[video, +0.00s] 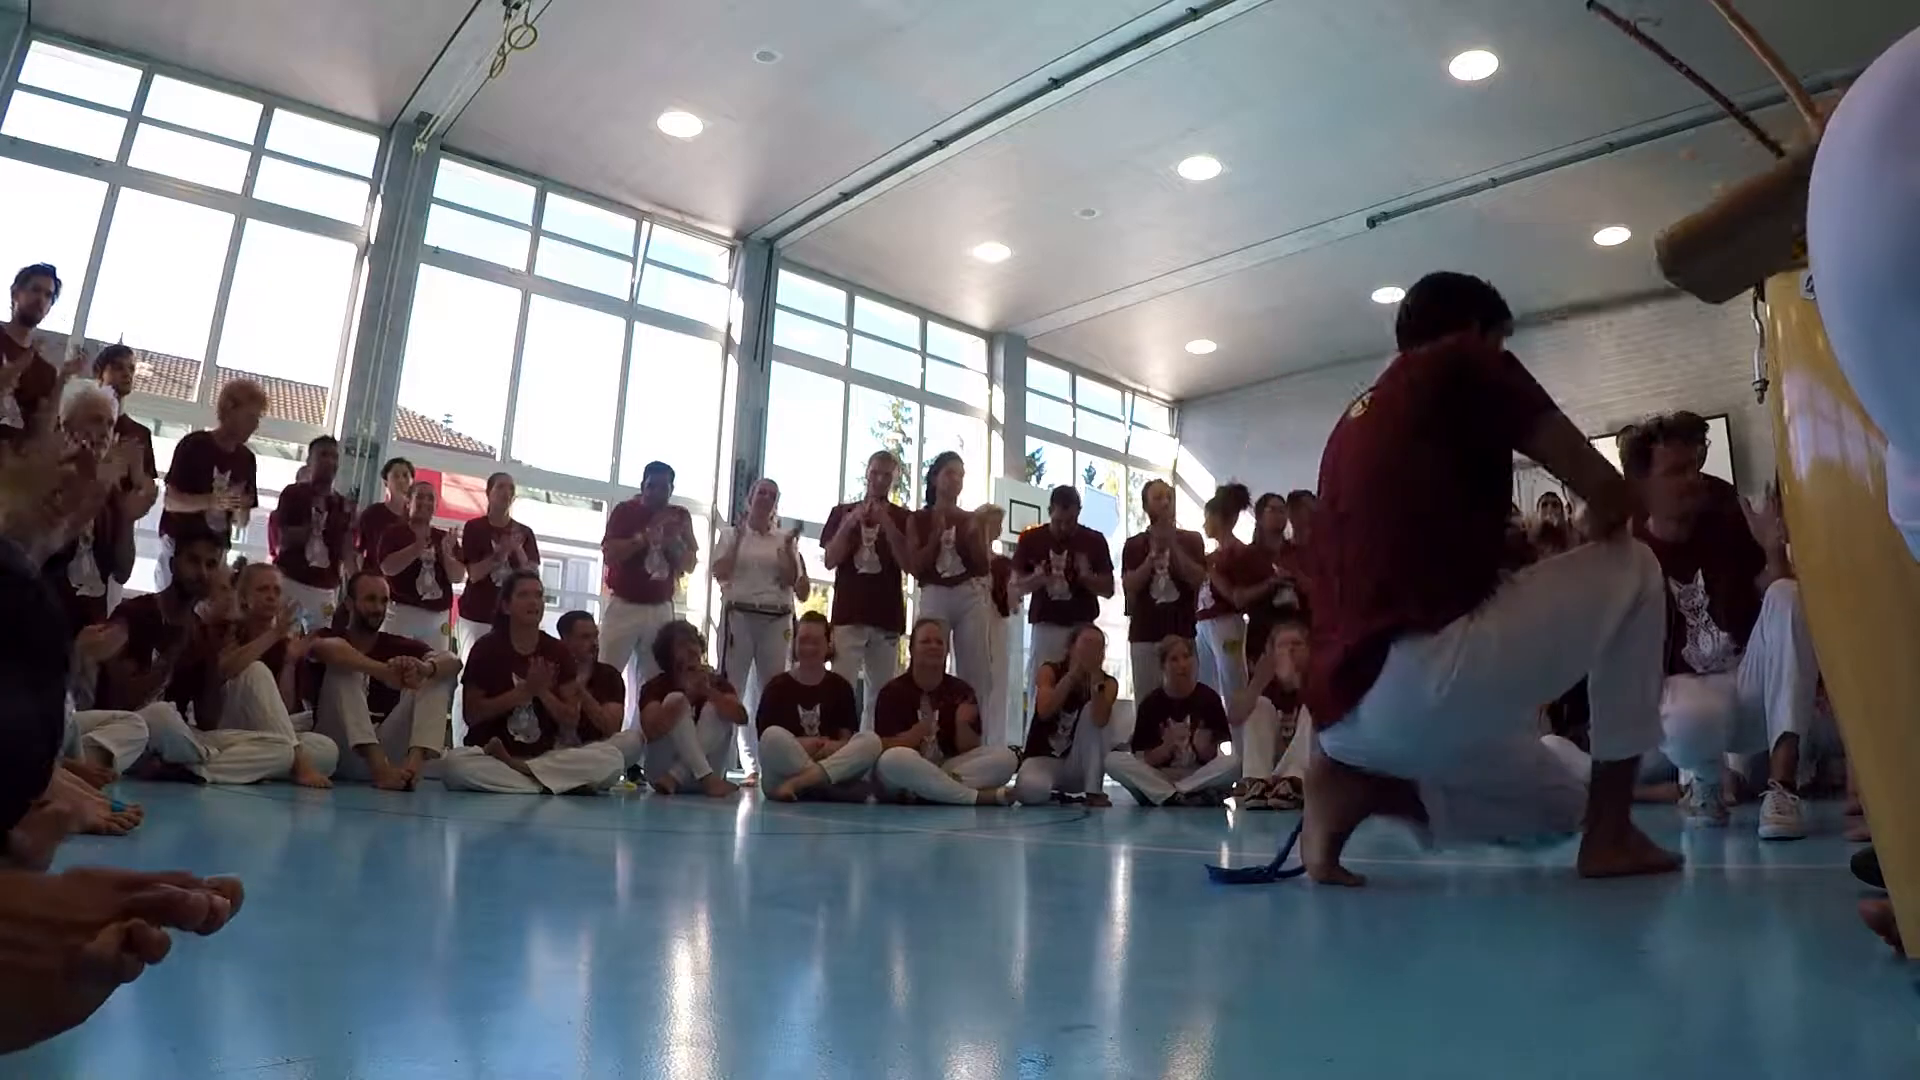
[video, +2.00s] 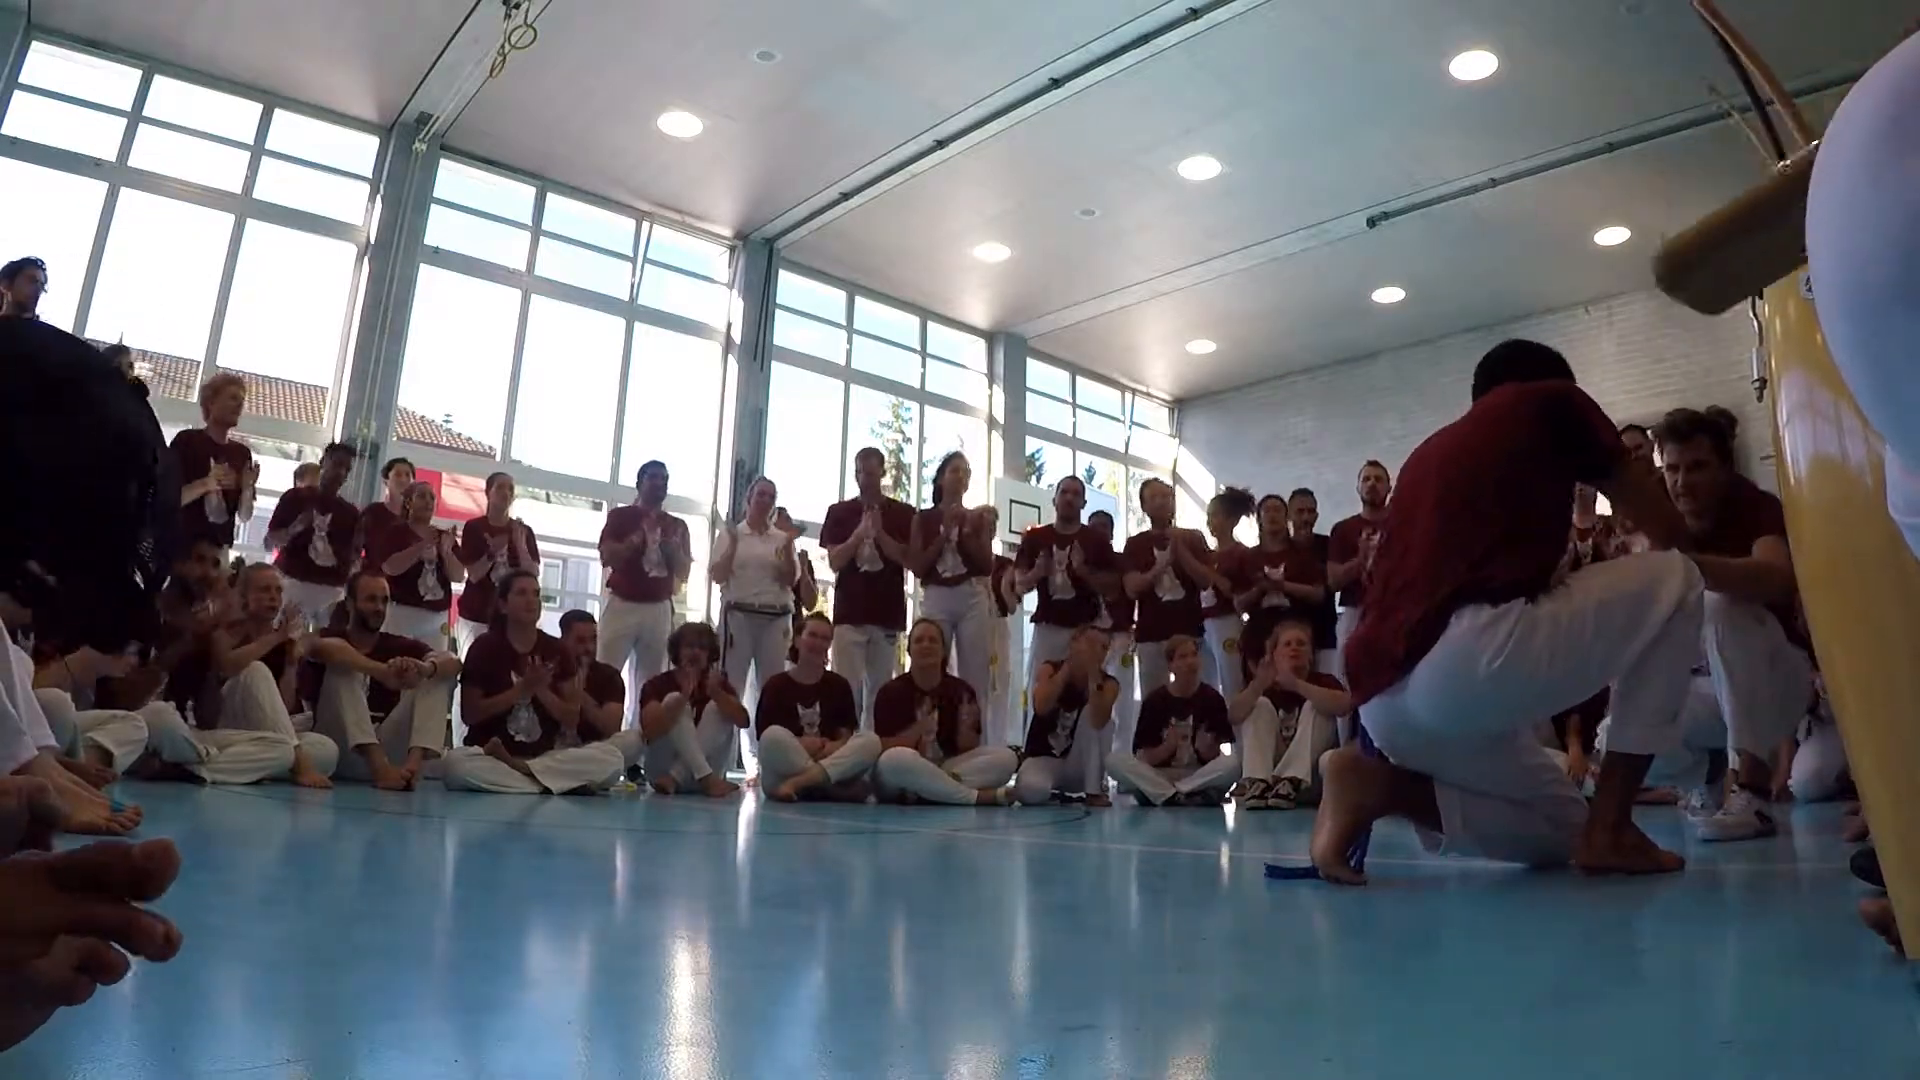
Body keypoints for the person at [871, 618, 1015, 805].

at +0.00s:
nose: (933, 647)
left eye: (939, 643)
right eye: (925, 642)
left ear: (946, 650)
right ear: (912, 650)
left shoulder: (961, 690)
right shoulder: (893, 691)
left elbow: (969, 749)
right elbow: (884, 745)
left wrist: (963, 724)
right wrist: (919, 731)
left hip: (951, 765)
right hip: (909, 766)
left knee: (1006, 758)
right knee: (892, 760)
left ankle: (928, 792)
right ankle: (975, 798)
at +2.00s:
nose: (926, 646)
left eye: (933, 641)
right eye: (919, 641)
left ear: (944, 650)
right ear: (909, 650)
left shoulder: (961, 689)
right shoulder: (891, 692)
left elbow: (966, 749)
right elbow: (884, 746)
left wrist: (967, 726)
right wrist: (919, 729)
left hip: (950, 766)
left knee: (1006, 759)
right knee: (894, 760)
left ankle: (928, 792)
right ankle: (975, 798)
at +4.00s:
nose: (933, 647)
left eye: (939, 642)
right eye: (925, 642)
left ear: (945, 650)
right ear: (911, 650)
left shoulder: (962, 691)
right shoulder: (890, 693)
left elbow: (972, 740)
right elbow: (884, 745)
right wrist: (925, 740)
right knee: (891, 757)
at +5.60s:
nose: (934, 647)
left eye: (940, 643)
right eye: (926, 642)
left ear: (948, 651)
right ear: (911, 650)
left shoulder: (961, 690)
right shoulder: (892, 692)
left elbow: (970, 750)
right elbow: (886, 748)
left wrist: (965, 728)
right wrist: (921, 728)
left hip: (952, 775)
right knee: (897, 759)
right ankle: (982, 796)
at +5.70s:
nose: (935, 648)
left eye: (940, 643)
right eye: (927, 642)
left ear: (947, 651)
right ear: (912, 650)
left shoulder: (963, 690)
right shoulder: (892, 692)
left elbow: (970, 747)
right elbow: (889, 746)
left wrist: (954, 725)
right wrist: (925, 739)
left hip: (951, 769)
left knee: (1001, 755)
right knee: (896, 759)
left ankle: (931, 795)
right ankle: (976, 797)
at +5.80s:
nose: (934, 648)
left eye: (940, 643)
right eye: (926, 643)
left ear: (948, 650)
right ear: (911, 650)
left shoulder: (962, 689)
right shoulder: (892, 691)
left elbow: (970, 748)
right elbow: (887, 746)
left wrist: (960, 724)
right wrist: (928, 726)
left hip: (952, 768)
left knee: (1006, 757)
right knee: (896, 759)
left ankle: (933, 793)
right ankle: (976, 797)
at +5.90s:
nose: (935, 647)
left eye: (940, 643)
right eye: (926, 642)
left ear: (947, 650)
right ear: (911, 650)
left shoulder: (961, 690)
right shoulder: (891, 692)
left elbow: (970, 749)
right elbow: (887, 747)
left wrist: (961, 723)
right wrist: (922, 729)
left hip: (952, 769)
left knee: (1005, 757)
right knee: (896, 759)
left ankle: (932, 794)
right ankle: (976, 797)